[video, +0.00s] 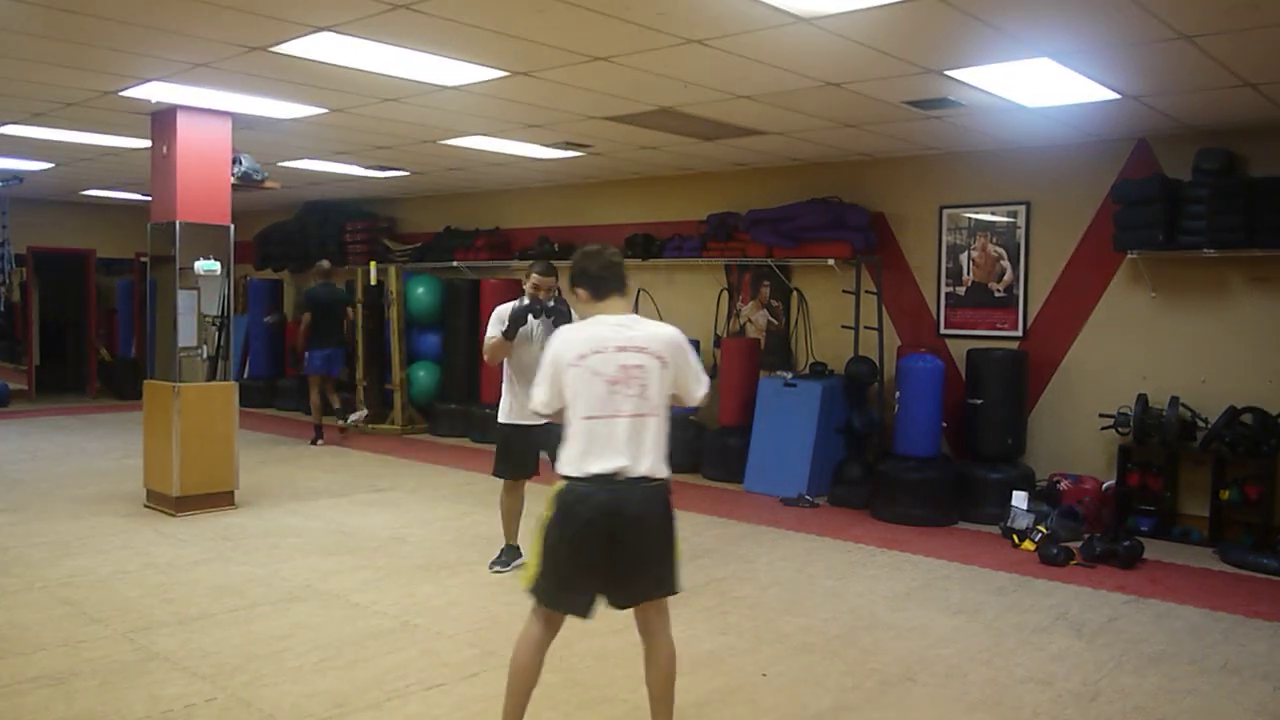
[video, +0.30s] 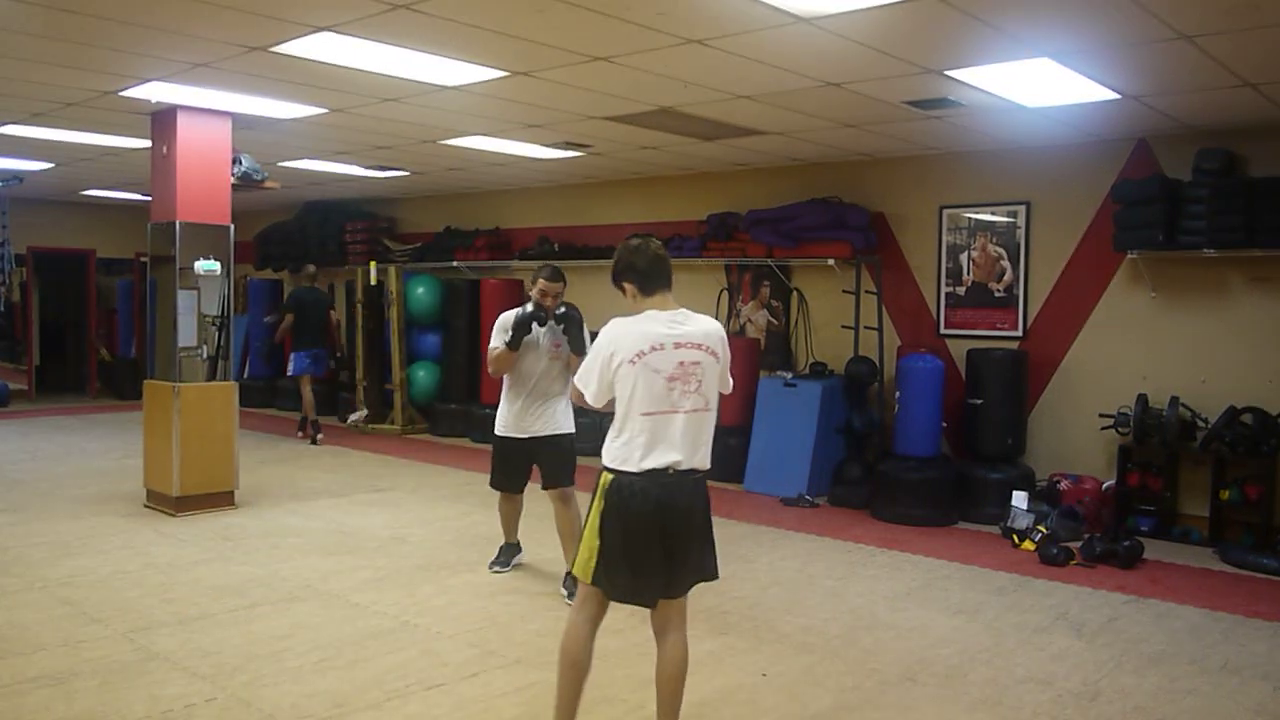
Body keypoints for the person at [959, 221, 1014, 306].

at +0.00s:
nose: (983, 241)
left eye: (985, 237)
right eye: (979, 237)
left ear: (990, 237)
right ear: (975, 237)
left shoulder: (998, 252)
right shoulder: (971, 253)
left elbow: (1009, 272)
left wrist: (1000, 286)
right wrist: (966, 279)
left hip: (992, 288)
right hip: (975, 287)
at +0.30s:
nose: (983, 241)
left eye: (985, 237)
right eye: (979, 237)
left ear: (990, 237)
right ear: (975, 237)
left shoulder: (998, 252)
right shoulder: (971, 253)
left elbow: (1009, 272)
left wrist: (1000, 286)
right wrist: (966, 279)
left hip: (992, 288)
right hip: (975, 287)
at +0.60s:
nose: (983, 241)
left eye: (985, 237)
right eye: (979, 237)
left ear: (990, 237)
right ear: (975, 237)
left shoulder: (998, 252)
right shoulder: (971, 253)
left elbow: (1009, 272)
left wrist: (1000, 286)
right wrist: (966, 279)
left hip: (992, 288)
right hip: (975, 287)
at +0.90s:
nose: (983, 241)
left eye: (985, 237)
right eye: (979, 237)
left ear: (990, 237)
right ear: (975, 237)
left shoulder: (998, 252)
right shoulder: (971, 253)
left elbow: (1009, 272)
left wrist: (1000, 286)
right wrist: (966, 279)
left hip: (992, 288)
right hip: (975, 287)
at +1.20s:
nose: (983, 241)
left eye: (985, 237)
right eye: (979, 237)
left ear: (990, 237)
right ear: (975, 237)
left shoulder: (998, 252)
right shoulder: (971, 253)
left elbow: (1009, 272)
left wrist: (1000, 286)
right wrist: (966, 279)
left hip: (992, 288)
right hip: (975, 287)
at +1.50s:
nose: (983, 241)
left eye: (985, 237)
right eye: (979, 237)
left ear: (990, 237)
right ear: (975, 237)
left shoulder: (998, 252)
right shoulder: (971, 253)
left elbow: (1009, 272)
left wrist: (1000, 286)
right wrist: (966, 279)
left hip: (992, 288)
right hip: (975, 287)